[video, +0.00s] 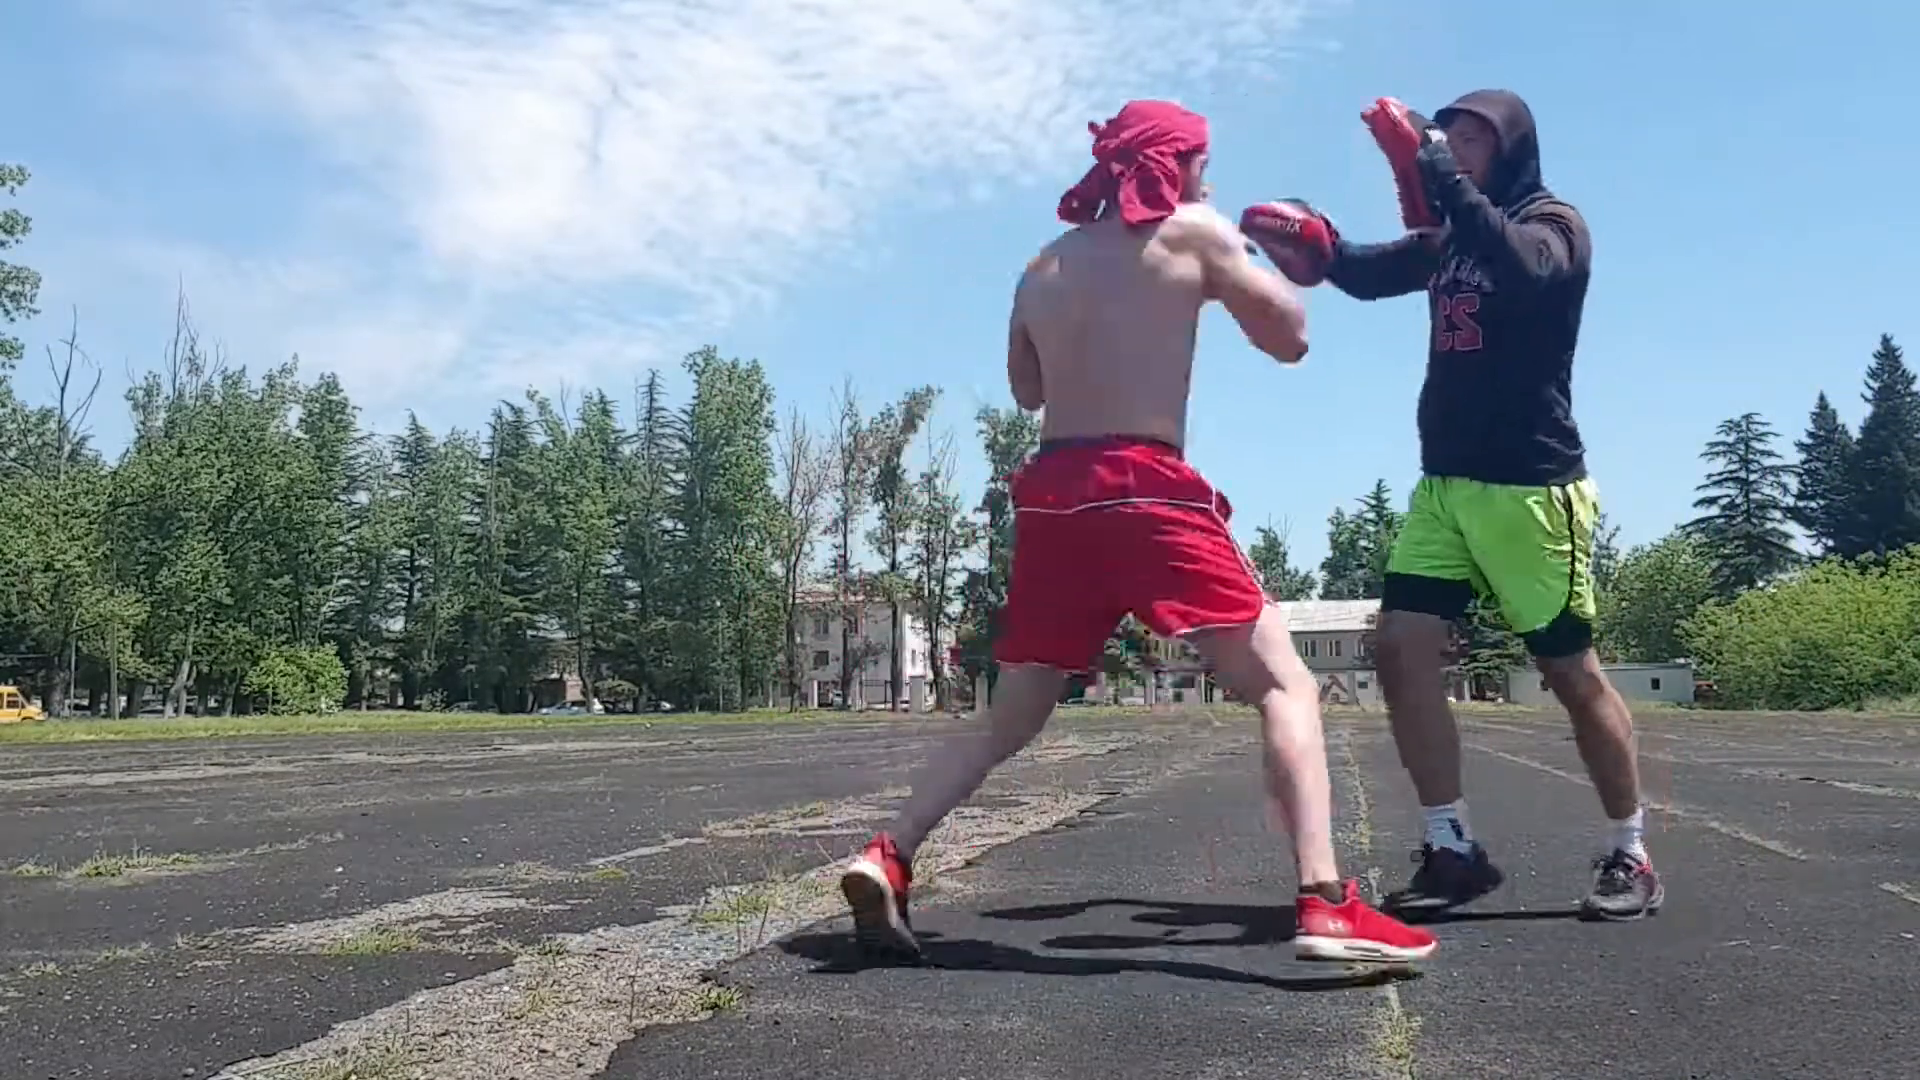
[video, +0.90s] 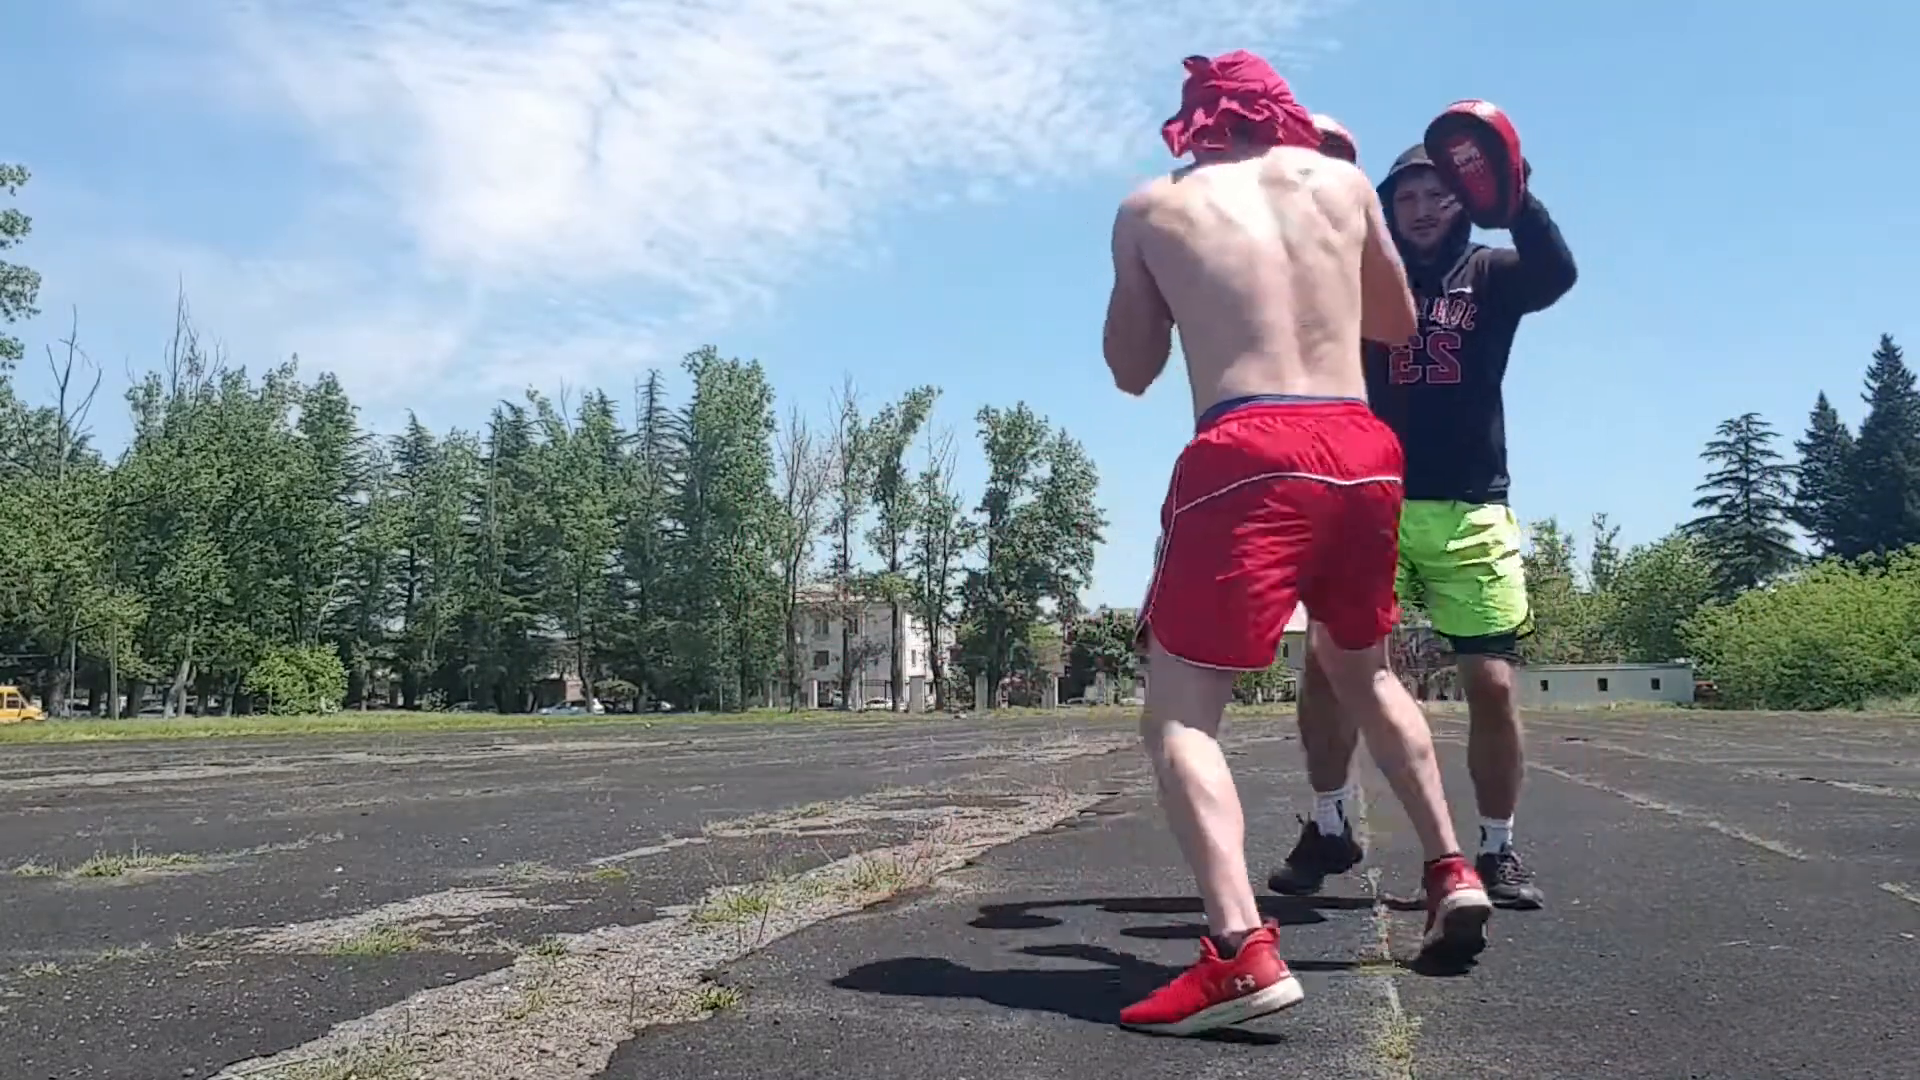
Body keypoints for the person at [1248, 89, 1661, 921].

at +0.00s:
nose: (1447, 150)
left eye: (1466, 135)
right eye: (1442, 137)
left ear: (1510, 148)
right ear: (1441, 155)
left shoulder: (1556, 225)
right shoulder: (1450, 238)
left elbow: (1528, 268)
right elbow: (1374, 271)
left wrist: (1447, 183)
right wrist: (1323, 252)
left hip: (1532, 489)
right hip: (1444, 487)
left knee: (1574, 675)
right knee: (1403, 648)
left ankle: (1631, 856)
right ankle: (1451, 851)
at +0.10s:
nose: (1454, 162)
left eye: (1474, 147)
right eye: (1448, 152)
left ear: (1518, 157)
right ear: (1445, 165)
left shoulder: (1558, 224)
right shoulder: (1448, 248)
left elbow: (1531, 254)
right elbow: (1383, 304)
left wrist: (1441, 192)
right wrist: (1320, 286)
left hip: (1545, 492)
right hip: (1452, 489)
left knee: (1593, 677)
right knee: (1386, 640)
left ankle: (1632, 860)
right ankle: (1443, 826)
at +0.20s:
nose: (1461, 154)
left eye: (1479, 142)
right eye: (1452, 145)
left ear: (1516, 159)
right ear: (1439, 166)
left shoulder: (1563, 235)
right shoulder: (1441, 257)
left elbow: (1636, 271)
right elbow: (1374, 345)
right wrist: (1323, 330)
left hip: (1544, 487)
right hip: (1451, 486)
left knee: (1589, 673)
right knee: (1389, 646)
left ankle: (1629, 856)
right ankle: (1442, 804)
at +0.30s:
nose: (1457, 167)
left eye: (1473, 152)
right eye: (1444, 158)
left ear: (1510, 163)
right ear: (1435, 179)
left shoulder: (1565, 243)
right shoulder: (1432, 267)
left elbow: (1675, 328)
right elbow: (1394, 362)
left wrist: (1632, 275)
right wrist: (1335, 369)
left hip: (1543, 490)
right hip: (1445, 490)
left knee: (1590, 674)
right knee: (1409, 660)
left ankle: (1632, 860)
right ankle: (1437, 809)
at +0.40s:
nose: (1454, 176)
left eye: (1471, 162)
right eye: (1441, 167)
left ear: (1503, 173)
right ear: (1428, 184)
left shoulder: (1550, 252)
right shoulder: (1409, 272)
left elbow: (1636, 348)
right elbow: (1340, 369)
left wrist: (1627, 340)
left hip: (1535, 495)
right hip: (1436, 499)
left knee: (1582, 679)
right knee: (1429, 676)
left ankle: (1630, 858)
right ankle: (1439, 834)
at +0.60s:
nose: (1435, 201)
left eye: (1450, 188)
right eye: (1421, 190)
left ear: (1478, 199)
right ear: (1405, 203)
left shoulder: (1518, 268)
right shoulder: (1377, 275)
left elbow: (1613, 342)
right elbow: (1315, 311)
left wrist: (1585, 267)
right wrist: (1312, 229)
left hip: (1506, 501)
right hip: (1410, 506)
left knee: (1529, 664)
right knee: (1427, 689)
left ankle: (1545, 838)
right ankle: (1451, 846)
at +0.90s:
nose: (1424, 203)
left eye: (1440, 192)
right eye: (1408, 192)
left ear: (1465, 206)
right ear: (1388, 207)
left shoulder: (1491, 273)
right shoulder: (1364, 267)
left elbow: (1555, 275)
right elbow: (1313, 270)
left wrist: (1516, 194)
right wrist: (1327, 185)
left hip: (1469, 504)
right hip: (1371, 499)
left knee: (1493, 683)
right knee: (1326, 664)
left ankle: (1498, 851)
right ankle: (1330, 831)